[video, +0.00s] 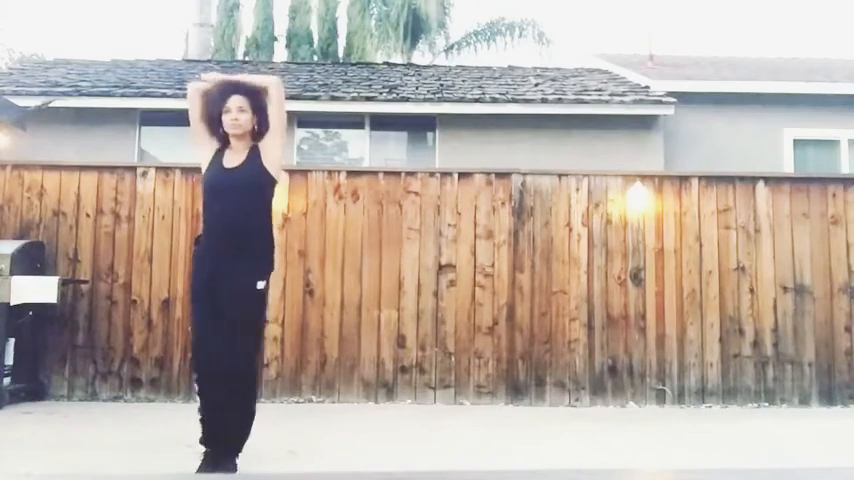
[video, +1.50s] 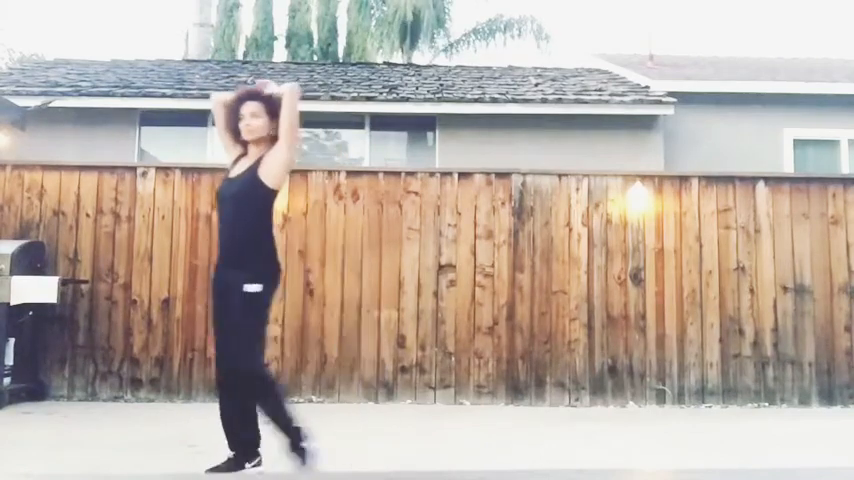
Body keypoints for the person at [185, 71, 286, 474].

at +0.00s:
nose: (234, 116)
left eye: (242, 110)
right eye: (229, 111)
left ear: (255, 117)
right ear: (220, 118)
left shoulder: (269, 151)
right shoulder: (210, 152)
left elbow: (276, 83)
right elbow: (195, 87)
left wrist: (239, 80)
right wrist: (233, 79)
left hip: (250, 263)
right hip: (209, 261)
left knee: (240, 355)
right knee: (208, 354)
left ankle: (229, 450)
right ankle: (213, 449)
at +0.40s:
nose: (254, 122)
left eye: (261, 116)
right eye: (247, 116)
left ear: (273, 123)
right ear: (236, 123)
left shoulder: (284, 156)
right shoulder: (226, 156)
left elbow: (288, 88)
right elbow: (204, 97)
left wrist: (243, 84)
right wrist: (234, 86)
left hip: (269, 273)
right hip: (226, 269)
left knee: (253, 360)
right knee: (210, 361)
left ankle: (275, 445)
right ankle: (212, 451)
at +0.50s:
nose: (265, 121)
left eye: (272, 116)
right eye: (258, 115)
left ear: (283, 123)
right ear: (246, 123)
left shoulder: (291, 158)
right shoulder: (235, 158)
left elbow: (297, 89)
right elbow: (213, 97)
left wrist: (252, 84)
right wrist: (242, 89)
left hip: (286, 274)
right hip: (241, 274)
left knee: (302, 363)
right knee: (221, 362)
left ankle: (336, 450)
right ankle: (213, 449)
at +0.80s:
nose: (300, 132)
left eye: (308, 127)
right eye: (293, 126)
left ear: (318, 133)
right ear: (282, 134)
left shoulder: (323, 165)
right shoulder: (271, 169)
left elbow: (324, 95)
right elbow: (250, 110)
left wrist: (284, 100)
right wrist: (287, 103)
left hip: (338, 278)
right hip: (296, 282)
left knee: (368, 369)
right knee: (260, 369)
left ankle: (377, 457)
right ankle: (229, 447)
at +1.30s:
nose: (280, 125)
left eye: (288, 119)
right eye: (275, 119)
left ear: (303, 126)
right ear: (267, 128)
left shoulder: (306, 162)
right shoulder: (262, 162)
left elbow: (315, 92)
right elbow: (243, 105)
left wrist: (289, 97)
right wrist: (277, 95)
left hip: (297, 279)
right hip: (259, 279)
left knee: (330, 364)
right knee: (239, 363)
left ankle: (368, 449)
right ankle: (245, 450)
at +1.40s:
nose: (264, 122)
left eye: (272, 116)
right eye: (259, 116)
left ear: (287, 123)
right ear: (252, 125)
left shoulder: (291, 159)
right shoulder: (252, 158)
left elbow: (305, 94)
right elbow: (233, 104)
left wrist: (284, 93)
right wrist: (262, 92)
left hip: (273, 274)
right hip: (240, 274)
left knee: (291, 365)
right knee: (234, 364)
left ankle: (345, 448)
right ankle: (244, 451)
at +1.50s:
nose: (248, 122)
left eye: (255, 115)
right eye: (242, 116)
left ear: (272, 122)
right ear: (237, 124)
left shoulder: (278, 156)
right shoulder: (239, 158)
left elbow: (293, 91)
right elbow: (217, 102)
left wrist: (274, 92)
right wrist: (251, 94)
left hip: (255, 272)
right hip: (227, 272)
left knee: (245, 363)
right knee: (228, 365)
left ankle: (296, 438)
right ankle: (244, 451)